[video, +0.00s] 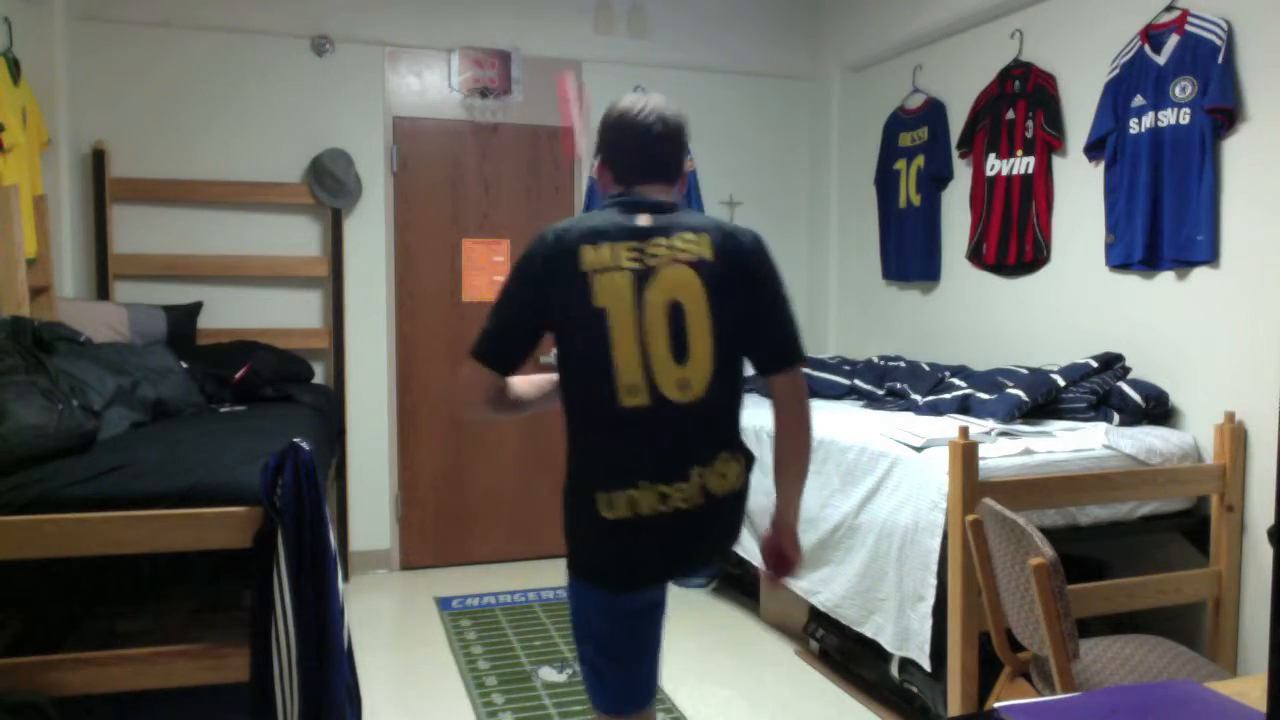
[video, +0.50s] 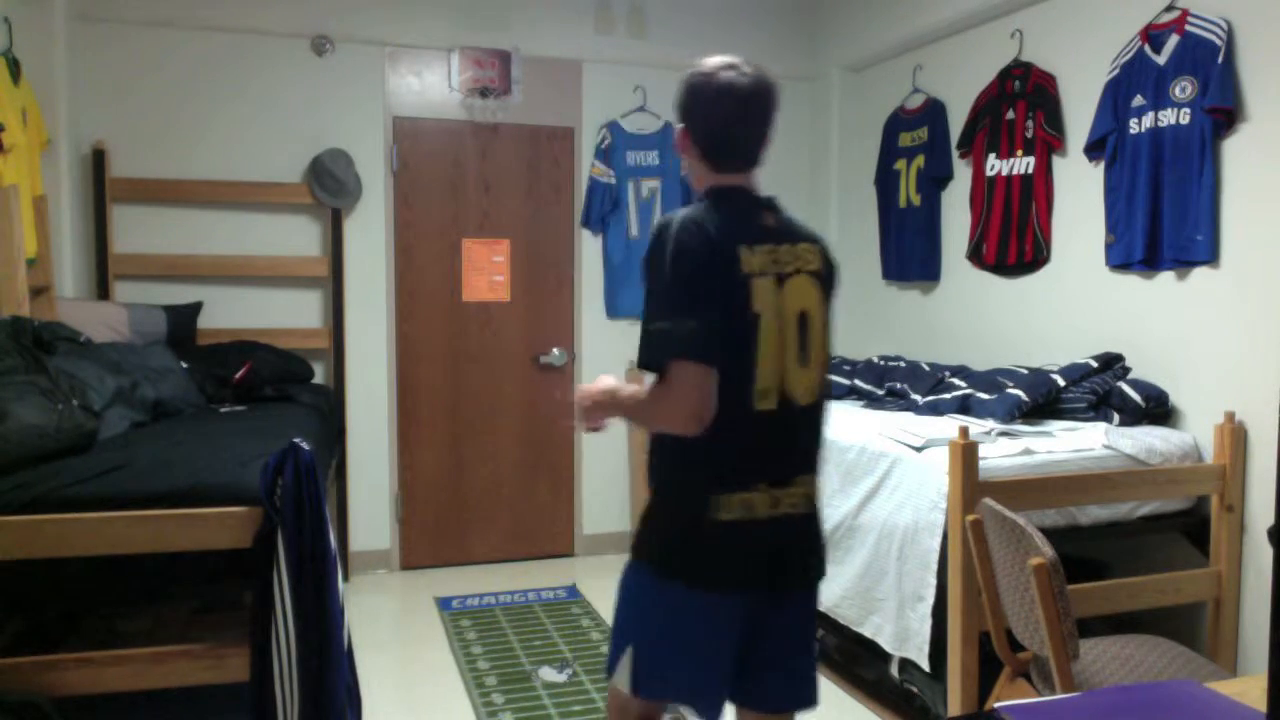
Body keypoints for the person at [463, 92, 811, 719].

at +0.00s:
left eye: (600, 162)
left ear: (602, 171)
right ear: (684, 169)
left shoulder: (557, 251)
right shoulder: (737, 250)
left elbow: (487, 394)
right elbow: (791, 397)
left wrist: (568, 377)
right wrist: (787, 519)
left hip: (612, 529)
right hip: (713, 522)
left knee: (624, 706)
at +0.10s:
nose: (608, 157)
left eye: (608, 148)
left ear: (608, 159)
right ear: (690, 157)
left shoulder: (565, 249)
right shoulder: (746, 251)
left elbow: (501, 394)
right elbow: (796, 401)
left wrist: (564, 379)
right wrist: (781, 508)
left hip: (618, 524)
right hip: (718, 517)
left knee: (621, 701)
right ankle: (648, 699)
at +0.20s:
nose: (610, 144)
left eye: (612, 135)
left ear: (615, 147)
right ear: (700, 147)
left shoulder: (578, 245)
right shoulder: (755, 247)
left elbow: (513, 394)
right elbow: (801, 404)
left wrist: (560, 386)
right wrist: (772, 500)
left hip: (628, 532)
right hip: (725, 520)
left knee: (624, 703)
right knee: (691, 667)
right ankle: (689, 699)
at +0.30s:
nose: (636, 140)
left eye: (638, 129)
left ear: (644, 141)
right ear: (722, 136)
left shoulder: (634, 248)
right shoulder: (776, 250)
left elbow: (579, 399)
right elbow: (801, 401)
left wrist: (560, 391)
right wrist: (752, 460)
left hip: (651, 535)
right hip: (743, 532)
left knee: (629, 707)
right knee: (726, 698)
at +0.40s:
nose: (652, 136)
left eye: (652, 124)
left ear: (659, 138)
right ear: (738, 134)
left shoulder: (659, 246)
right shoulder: (790, 247)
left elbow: (650, 409)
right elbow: (797, 401)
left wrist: (578, 395)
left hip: (669, 532)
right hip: (761, 531)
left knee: (640, 705)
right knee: (751, 705)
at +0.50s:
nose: (676, 137)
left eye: (677, 125)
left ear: (684, 137)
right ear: (764, 138)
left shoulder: (688, 237)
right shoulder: (810, 247)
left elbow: (689, 406)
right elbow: (792, 388)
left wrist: (614, 396)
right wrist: (640, 394)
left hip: (698, 541)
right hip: (791, 540)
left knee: (633, 705)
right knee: (768, 711)